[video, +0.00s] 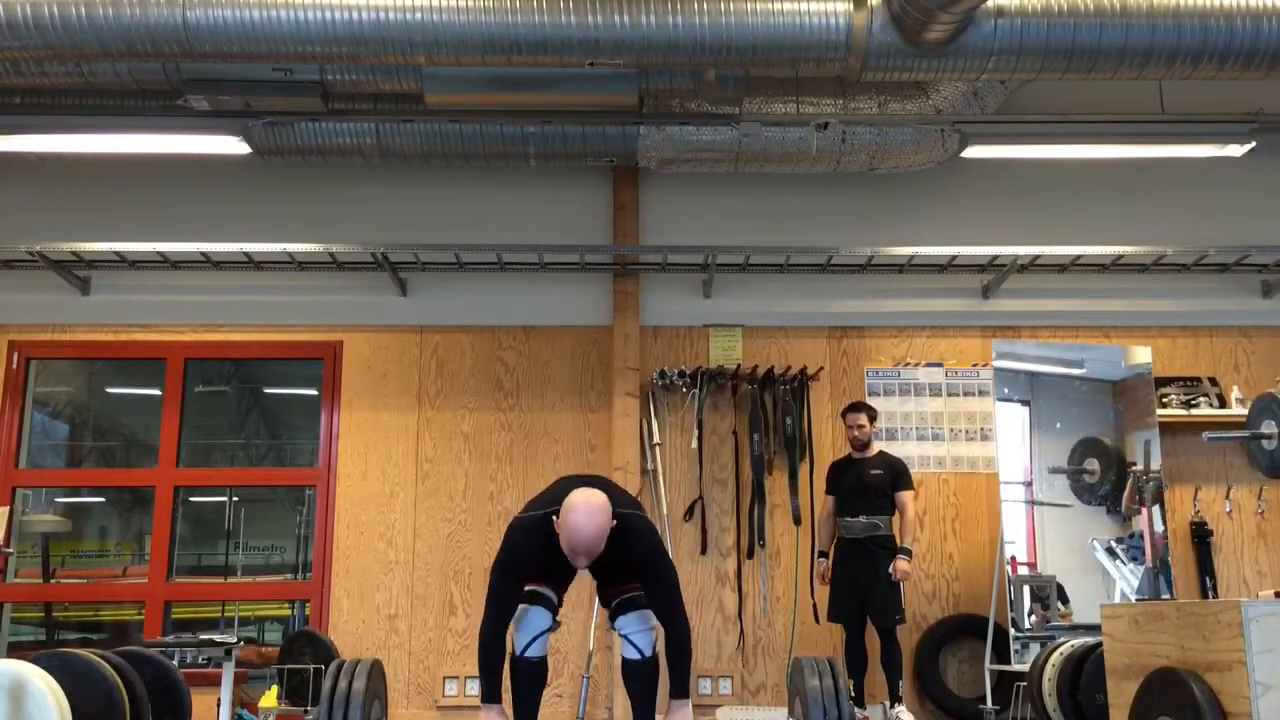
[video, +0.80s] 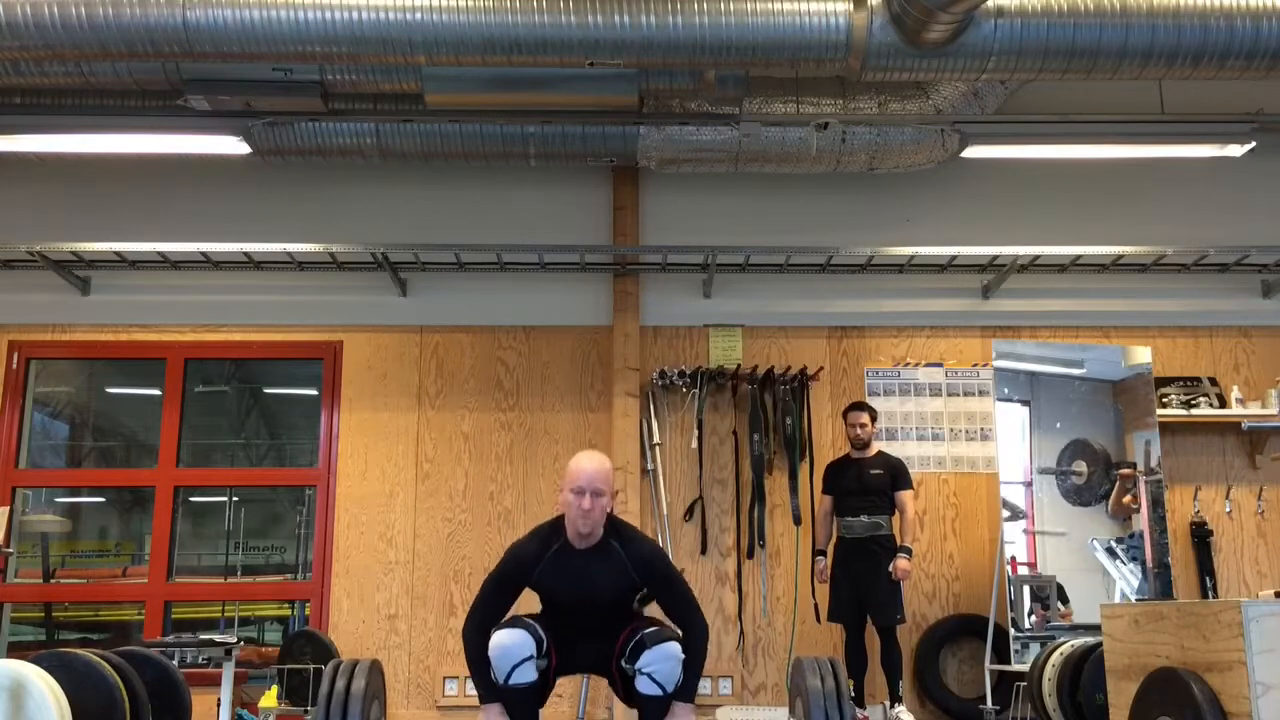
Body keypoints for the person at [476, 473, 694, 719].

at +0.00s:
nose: (581, 563)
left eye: (591, 554)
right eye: (572, 553)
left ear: (611, 529)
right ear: (557, 526)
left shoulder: (638, 535)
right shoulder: (524, 535)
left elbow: (676, 623)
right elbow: (494, 625)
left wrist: (680, 704)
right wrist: (490, 705)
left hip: (613, 549)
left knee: (639, 630)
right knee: (530, 626)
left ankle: (643, 716)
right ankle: (527, 715)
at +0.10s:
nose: (581, 550)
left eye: (592, 540)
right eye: (573, 539)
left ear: (610, 519)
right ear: (557, 515)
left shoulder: (638, 536)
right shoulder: (525, 536)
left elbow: (680, 622)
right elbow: (486, 625)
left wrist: (681, 704)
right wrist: (488, 707)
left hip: (618, 574)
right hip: (549, 574)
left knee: (645, 634)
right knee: (526, 629)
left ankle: (643, 717)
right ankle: (527, 717)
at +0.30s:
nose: (585, 526)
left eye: (596, 514)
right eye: (575, 513)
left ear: (613, 502)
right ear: (558, 499)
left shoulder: (636, 538)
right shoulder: (530, 539)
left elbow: (688, 624)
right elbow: (480, 626)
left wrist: (684, 705)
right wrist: (488, 706)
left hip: (618, 616)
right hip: (554, 615)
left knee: (657, 644)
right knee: (518, 638)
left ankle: (650, 716)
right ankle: (529, 716)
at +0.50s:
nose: (585, 536)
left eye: (597, 525)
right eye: (576, 523)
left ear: (612, 518)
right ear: (560, 513)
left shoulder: (638, 563)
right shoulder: (531, 561)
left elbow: (704, 631)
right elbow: (467, 632)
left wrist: (686, 704)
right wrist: (485, 705)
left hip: (618, 658)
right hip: (555, 657)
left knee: (666, 653)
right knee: (501, 644)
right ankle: (521, 714)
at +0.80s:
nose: (586, 504)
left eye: (597, 495)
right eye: (577, 492)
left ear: (611, 501)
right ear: (561, 495)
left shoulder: (639, 552)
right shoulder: (532, 551)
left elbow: (696, 627)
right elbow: (474, 629)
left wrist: (683, 703)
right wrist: (490, 704)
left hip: (618, 648)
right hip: (555, 646)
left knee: (662, 653)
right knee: (509, 646)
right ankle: (525, 715)